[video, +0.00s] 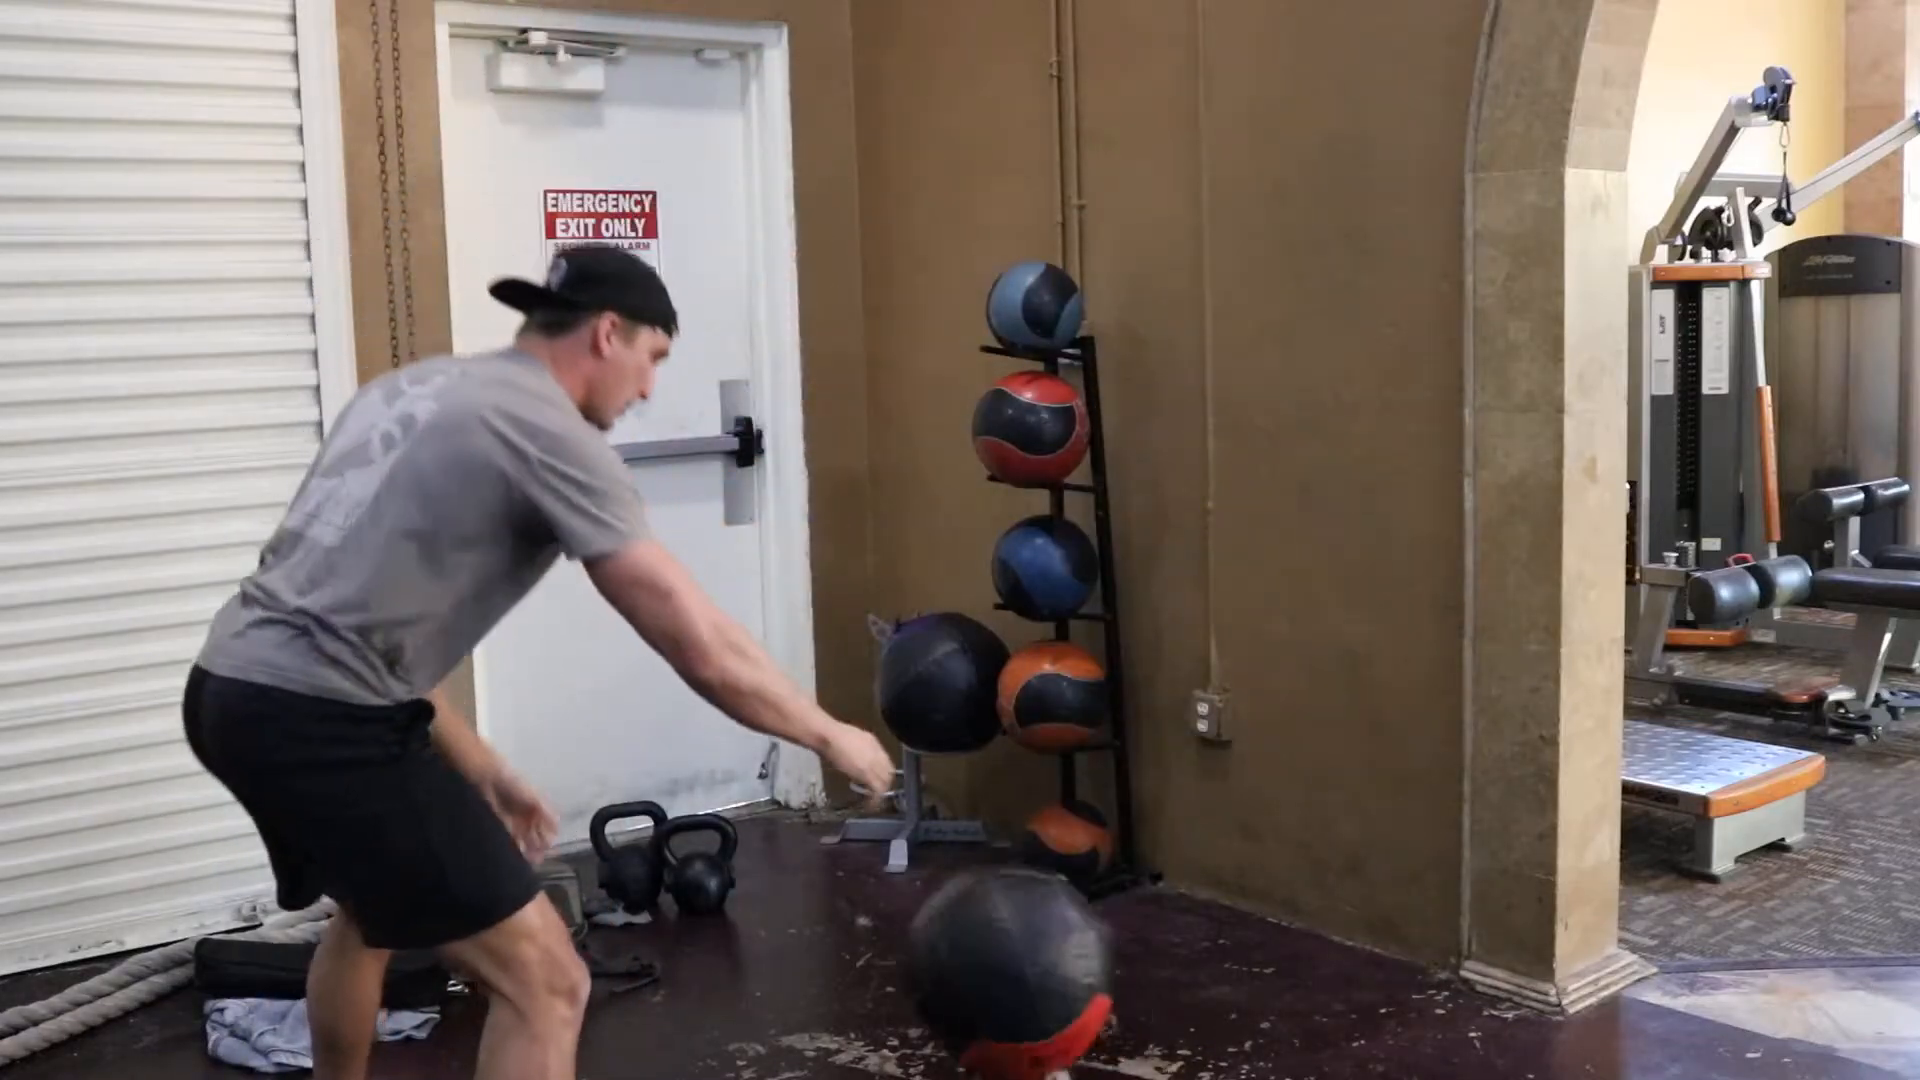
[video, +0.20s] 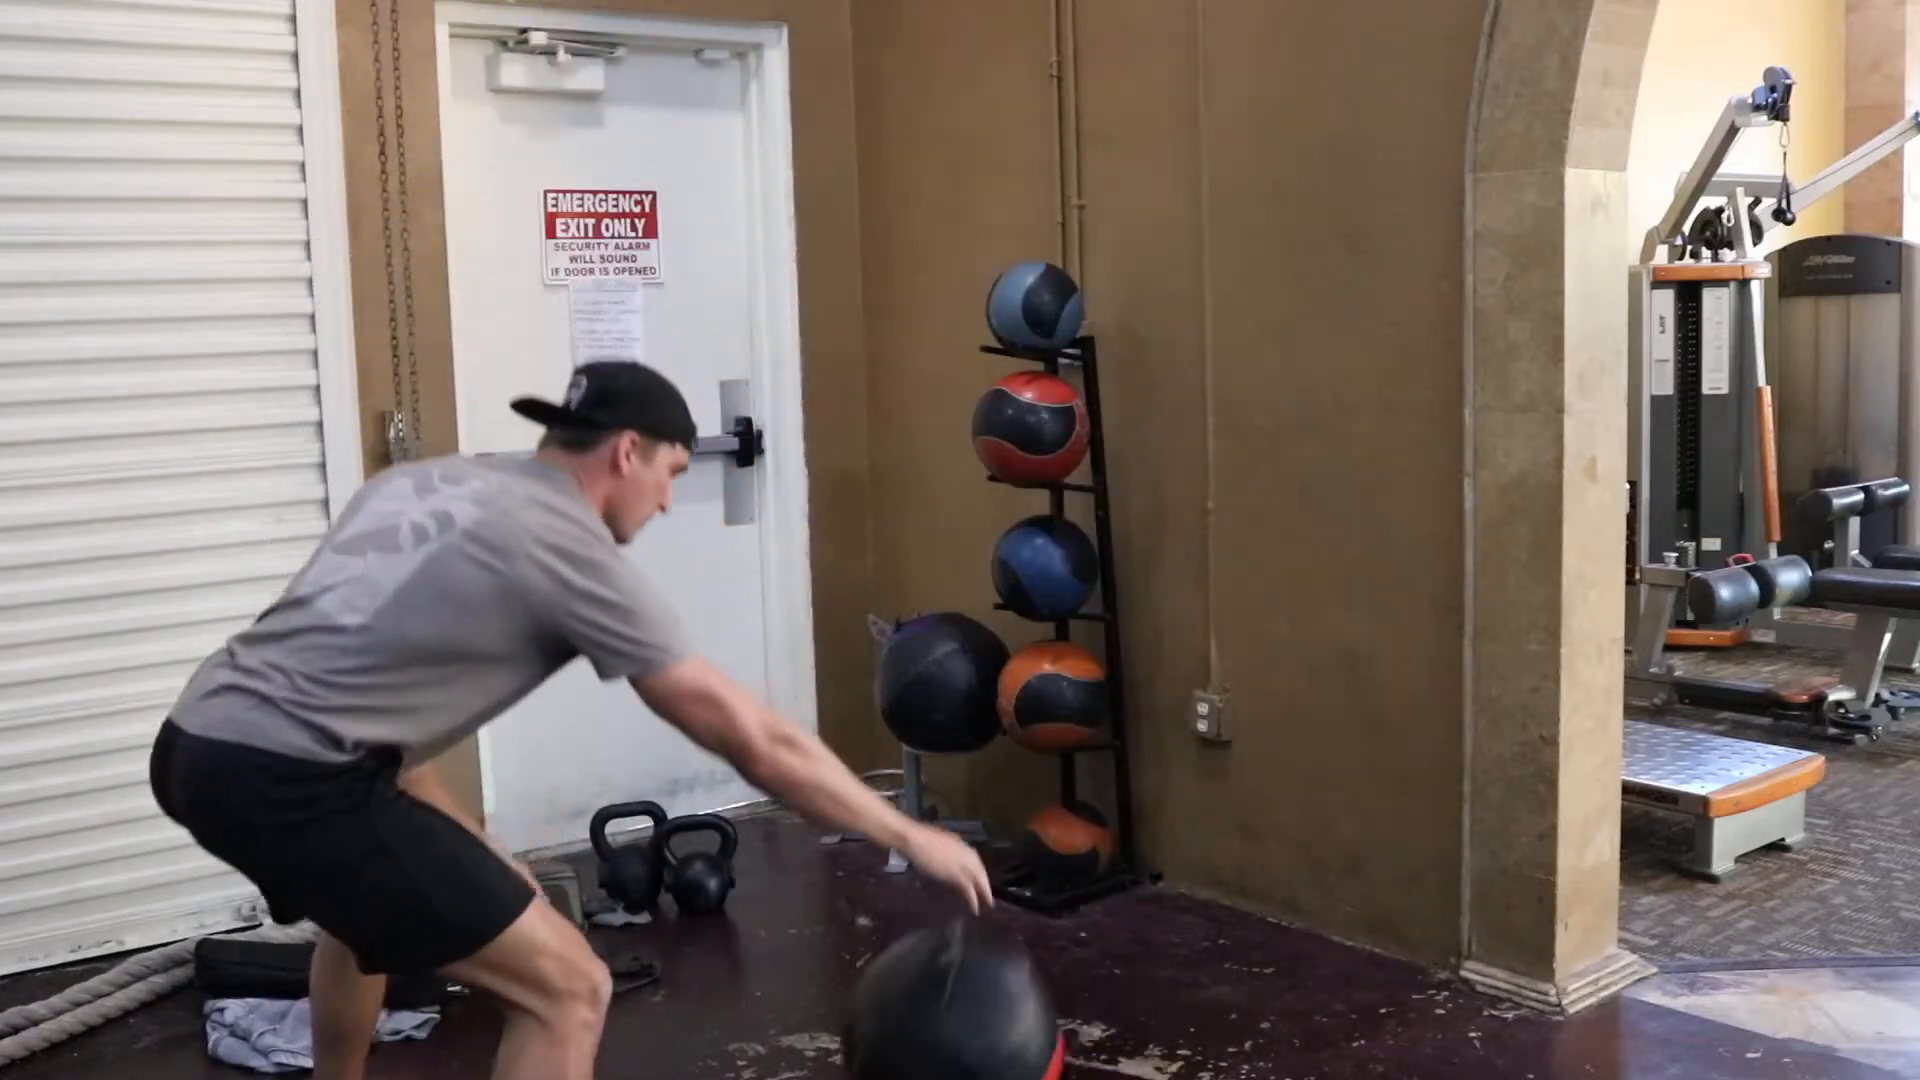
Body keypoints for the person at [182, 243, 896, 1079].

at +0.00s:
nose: (648, 389)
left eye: (657, 364)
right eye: (650, 359)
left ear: (550, 327)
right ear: (602, 336)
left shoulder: (406, 388)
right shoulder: (543, 424)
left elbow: (360, 624)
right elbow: (702, 648)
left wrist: (483, 772)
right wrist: (833, 735)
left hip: (230, 690)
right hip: (330, 709)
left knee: (366, 909)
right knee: (547, 983)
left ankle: (338, 1071)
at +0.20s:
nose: (666, 500)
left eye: (674, 478)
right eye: (669, 474)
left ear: (582, 443)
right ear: (620, 455)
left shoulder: (419, 480)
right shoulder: (566, 541)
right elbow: (749, 738)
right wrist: (911, 836)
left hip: (197, 747)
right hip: (284, 768)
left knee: (373, 887)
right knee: (569, 988)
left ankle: (336, 1071)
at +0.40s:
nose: (683, 581)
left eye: (692, 559)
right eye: (687, 554)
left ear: (589, 520)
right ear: (640, 534)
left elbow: (339, 676)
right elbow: (687, 882)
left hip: (186, 786)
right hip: (285, 811)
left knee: (375, 885)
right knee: (586, 991)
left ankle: (344, 1066)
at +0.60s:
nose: (691, 581)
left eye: (700, 557)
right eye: (696, 551)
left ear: (593, 517)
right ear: (653, 533)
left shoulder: (472, 547)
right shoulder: (588, 620)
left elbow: (422, 788)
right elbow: (569, 892)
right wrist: (559, 1035)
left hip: (198, 772)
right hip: (284, 797)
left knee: (394, 904)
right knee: (577, 1002)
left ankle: (346, 1072)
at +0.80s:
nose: (699, 628)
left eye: (708, 604)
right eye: (704, 600)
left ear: (600, 563)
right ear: (665, 583)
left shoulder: (502, 595)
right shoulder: (599, 667)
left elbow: (445, 845)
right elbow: (542, 917)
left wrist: (441, 1026)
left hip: (198, 793)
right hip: (280, 818)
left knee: (379, 929)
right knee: (582, 1004)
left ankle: (344, 1069)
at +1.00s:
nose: (707, 706)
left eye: (714, 684)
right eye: (711, 681)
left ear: (609, 644)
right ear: (675, 669)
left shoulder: (511, 667)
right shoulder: (608, 740)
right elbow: (519, 932)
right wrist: (494, 1045)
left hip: (197, 840)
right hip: (283, 865)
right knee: (602, 1006)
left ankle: (354, 1059)